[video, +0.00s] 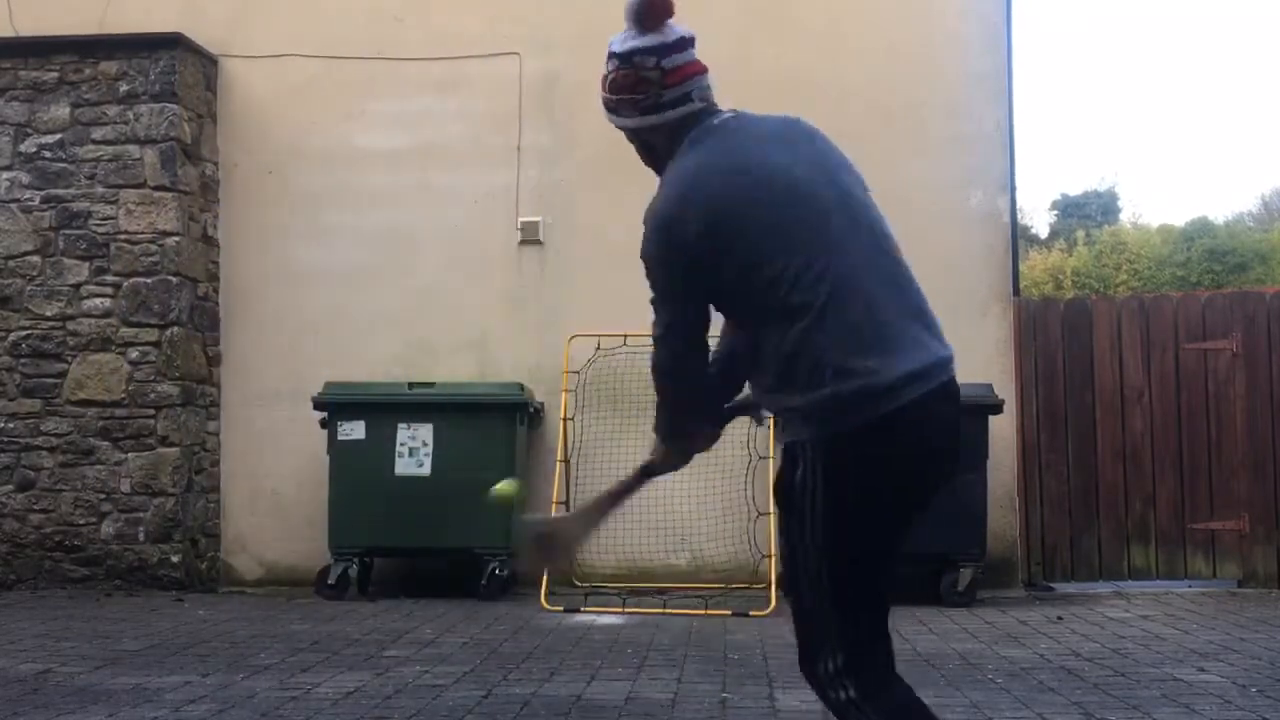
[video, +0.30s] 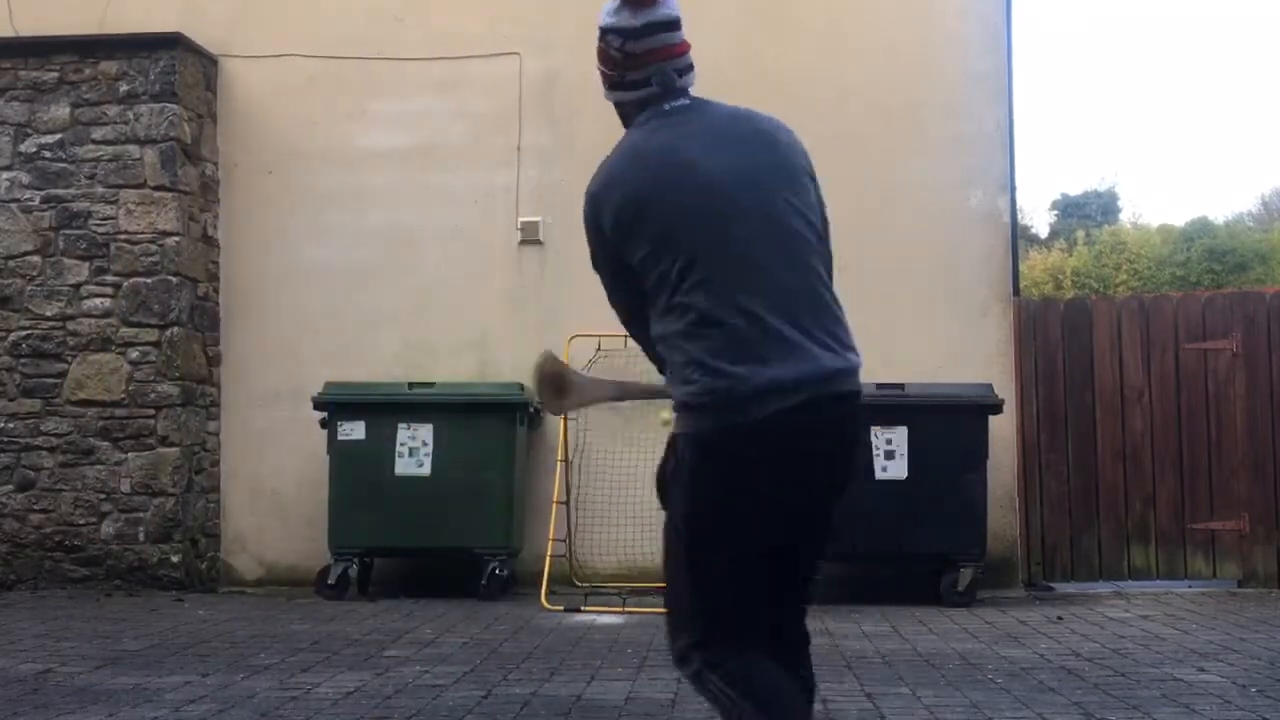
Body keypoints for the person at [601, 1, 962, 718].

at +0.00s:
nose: (632, 149)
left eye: (627, 133)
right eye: (625, 133)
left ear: (639, 130)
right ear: (702, 93)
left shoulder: (675, 210)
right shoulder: (791, 134)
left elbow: (678, 357)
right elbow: (761, 306)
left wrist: (678, 433)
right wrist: (706, 405)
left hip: (843, 429)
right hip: (930, 402)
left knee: (839, 661)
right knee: (852, 635)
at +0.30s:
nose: (607, 82)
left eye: (606, 72)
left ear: (611, 79)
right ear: (689, 65)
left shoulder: (611, 187)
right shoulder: (774, 134)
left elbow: (645, 324)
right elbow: (814, 261)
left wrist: (713, 379)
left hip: (726, 429)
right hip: (831, 411)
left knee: (705, 640)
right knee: (783, 620)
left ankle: (786, 711)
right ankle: (792, 717)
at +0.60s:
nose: (550, 81)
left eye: (551, 73)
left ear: (555, 84)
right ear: (633, 75)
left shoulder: (550, 172)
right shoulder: (701, 158)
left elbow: (518, 322)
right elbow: (764, 292)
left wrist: (473, 341)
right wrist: (661, 335)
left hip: (641, 427)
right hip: (749, 420)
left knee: (553, 636)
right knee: (666, 604)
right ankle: (705, 715)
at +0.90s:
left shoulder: (542, 67)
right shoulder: (714, 34)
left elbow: (438, 155)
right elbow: (812, 1)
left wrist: (320, 164)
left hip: (576, 360)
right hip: (689, 354)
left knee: (554, 570)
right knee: (703, 582)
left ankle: (539, 713)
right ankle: (700, 714)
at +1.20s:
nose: (648, 30)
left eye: (643, 17)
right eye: (642, 17)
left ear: (555, 30)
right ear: (625, 22)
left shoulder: (502, 125)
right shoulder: (646, 97)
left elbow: (430, 245)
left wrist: (418, 204)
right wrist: (895, 89)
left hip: (537, 421)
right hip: (640, 417)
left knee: (536, 610)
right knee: (711, 633)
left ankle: (431, 712)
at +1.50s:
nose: (554, 64)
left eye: (554, 45)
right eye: (546, 42)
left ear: (485, 47)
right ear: (502, 45)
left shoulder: (436, 123)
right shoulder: (468, 131)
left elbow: (475, 298)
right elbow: (493, 288)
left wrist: (581, 273)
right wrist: (620, 343)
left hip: (380, 424)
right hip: (429, 423)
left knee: (469, 628)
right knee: (570, 610)